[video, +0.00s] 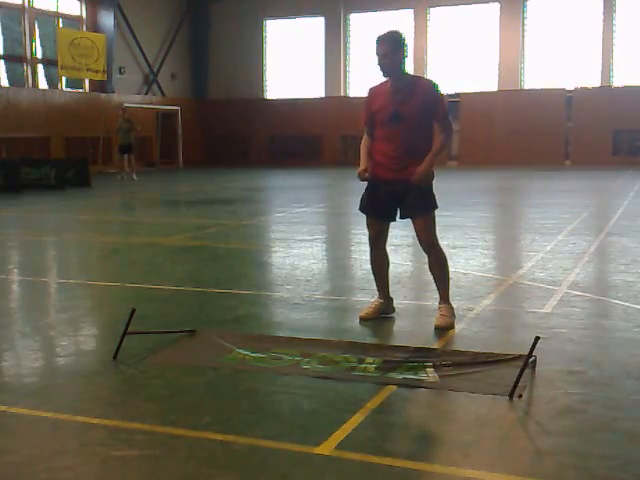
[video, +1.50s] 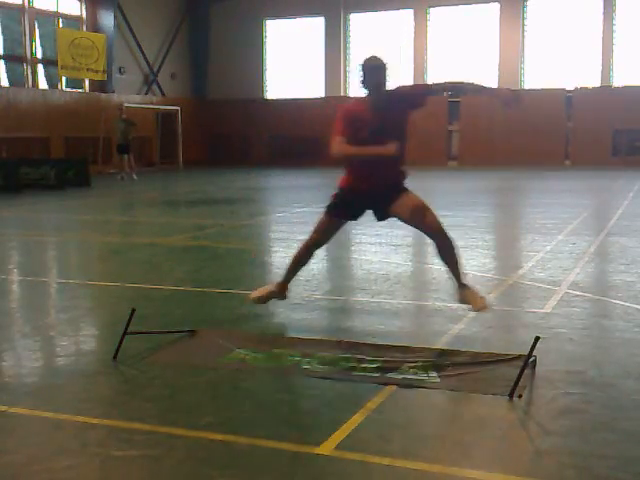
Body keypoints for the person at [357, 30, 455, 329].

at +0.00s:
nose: (381, 61)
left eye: (386, 55)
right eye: (378, 56)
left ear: (401, 54)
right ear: (377, 57)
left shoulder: (426, 89)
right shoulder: (375, 93)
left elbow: (444, 132)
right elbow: (367, 133)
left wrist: (427, 165)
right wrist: (364, 160)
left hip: (415, 180)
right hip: (380, 181)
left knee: (429, 242)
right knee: (375, 240)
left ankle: (445, 304)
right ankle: (384, 300)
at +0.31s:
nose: (377, 72)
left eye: (381, 66)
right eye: (374, 67)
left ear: (398, 64)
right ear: (375, 67)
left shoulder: (424, 95)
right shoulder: (372, 101)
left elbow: (453, 123)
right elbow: (365, 137)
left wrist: (434, 156)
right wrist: (365, 165)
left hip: (416, 181)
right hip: (381, 183)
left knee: (431, 244)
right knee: (369, 245)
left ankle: (445, 306)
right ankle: (384, 301)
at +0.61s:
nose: (346, 84)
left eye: (351, 79)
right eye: (344, 79)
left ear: (366, 77)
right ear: (344, 79)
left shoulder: (390, 107)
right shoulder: (345, 108)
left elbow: (410, 147)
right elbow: (343, 140)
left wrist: (370, 162)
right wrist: (342, 165)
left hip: (387, 191)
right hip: (352, 189)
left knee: (415, 247)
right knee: (308, 228)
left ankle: (445, 305)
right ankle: (327, 287)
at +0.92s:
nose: (268, 109)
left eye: (271, 103)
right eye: (263, 105)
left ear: (282, 104)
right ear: (260, 109)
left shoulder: (311, 129)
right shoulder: (268, 136)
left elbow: (338, 161)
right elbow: (270, 168)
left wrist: (309, 186)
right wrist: (257, 201)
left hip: (324, 194)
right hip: (292, 194)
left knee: (340, 250)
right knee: (258, 246)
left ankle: (346, 279)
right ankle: (254, 296)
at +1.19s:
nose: (282, 136)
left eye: (284, 130)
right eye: (275, 133)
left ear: (289, 125)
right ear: (264, 133)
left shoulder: (308, 140)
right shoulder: (260, 159)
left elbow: (346, 154)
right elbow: (239, 192)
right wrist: (217, 224)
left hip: (321, 206)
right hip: (286, 209)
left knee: (340, 246)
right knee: (257, 257)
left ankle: (322, 291)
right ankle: (255, 299)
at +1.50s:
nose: (373, 77)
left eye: (378, 72)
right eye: (369, 72)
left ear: (386, 75)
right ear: (361, 77)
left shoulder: (401, 99)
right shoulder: (350, 111)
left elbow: (446, 88)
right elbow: (336, 151)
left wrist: (490, 91)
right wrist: (381, 151)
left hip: (390, 189)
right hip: (353, 190)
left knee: (435, 226)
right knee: (314, 242)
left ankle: (462, 287)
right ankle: (281, 286)